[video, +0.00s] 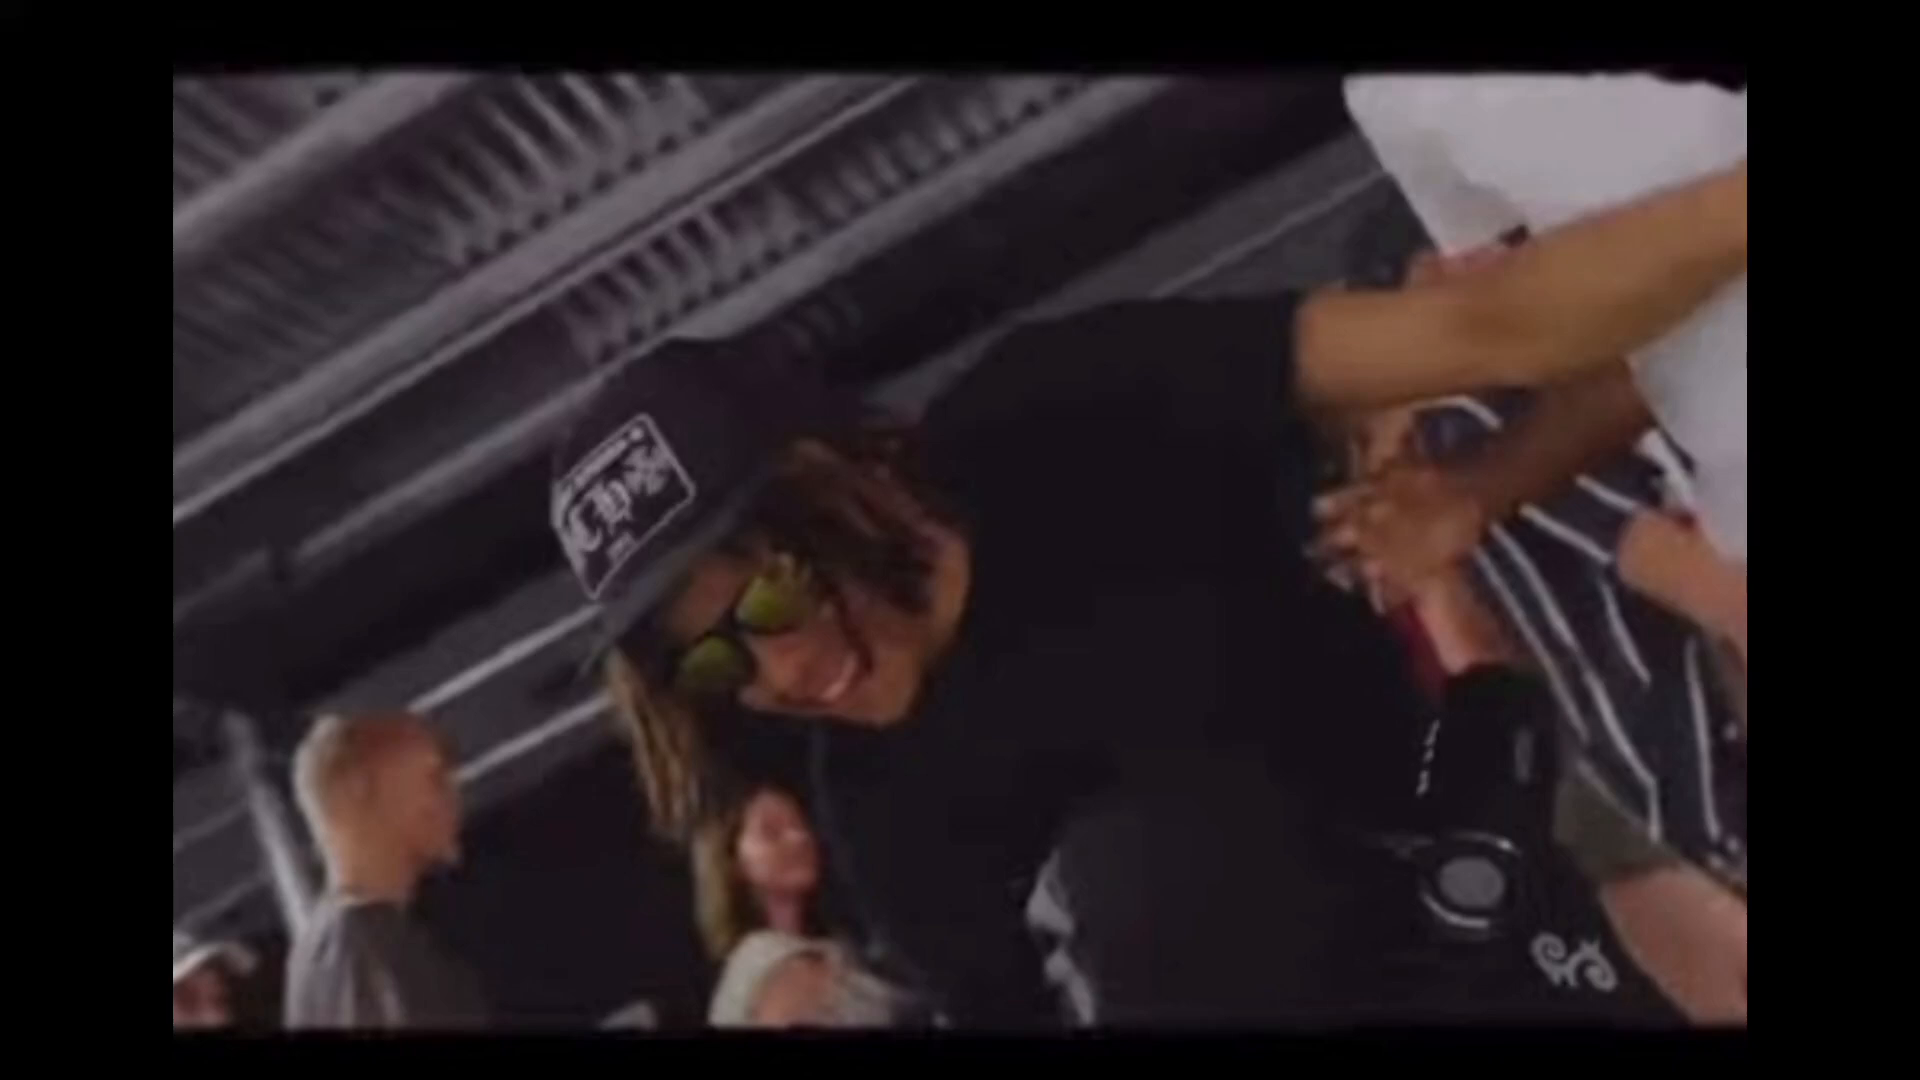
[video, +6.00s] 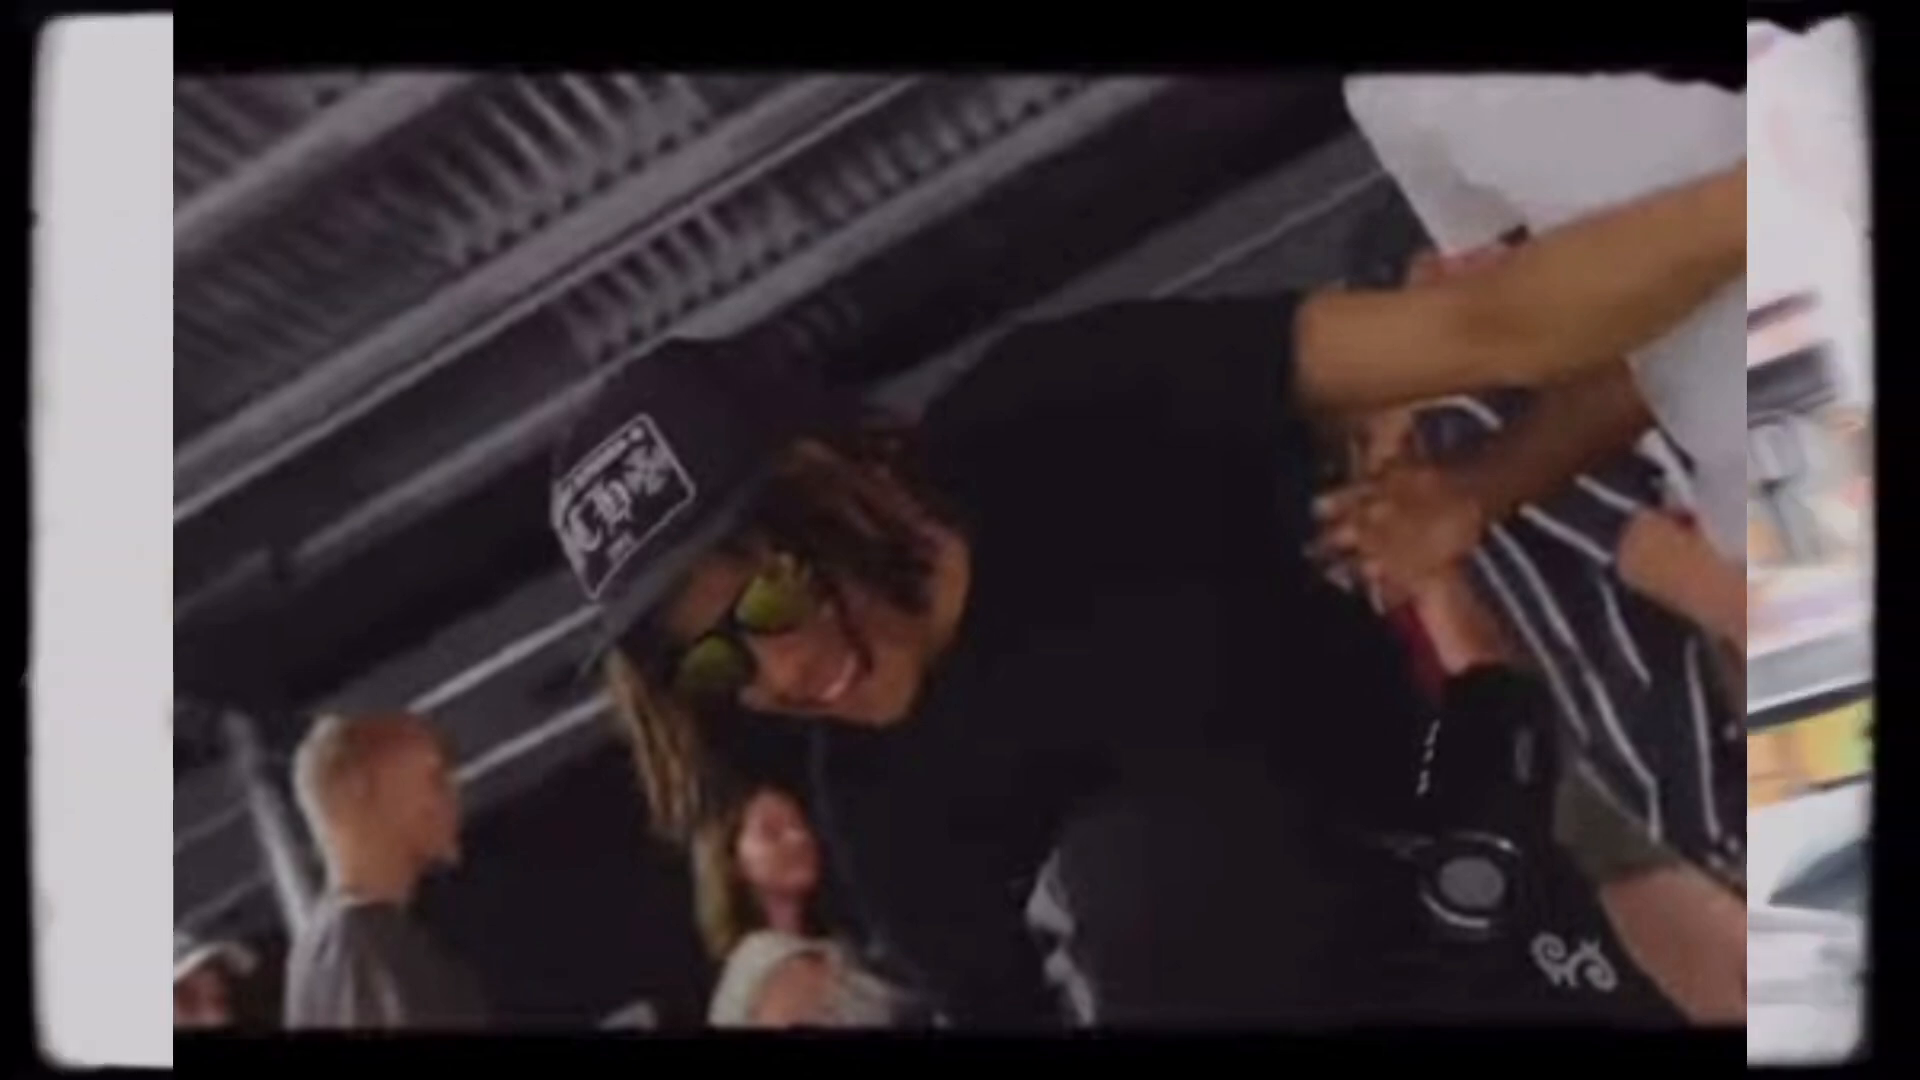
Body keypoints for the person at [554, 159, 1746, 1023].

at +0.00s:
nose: (768, 656)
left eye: (761, 582)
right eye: (708, 654)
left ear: (835, 476)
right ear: (687, 685)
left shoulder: (1052, 404)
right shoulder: (886, 847)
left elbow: (1472, 328)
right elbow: (1031, 1024)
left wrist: (1740, 208)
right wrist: (837, 995)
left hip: (1477, 844)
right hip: (1240, 973)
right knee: (1136, 862)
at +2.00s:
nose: (768, 661)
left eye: (761, 587)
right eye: (709, 657)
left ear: (835, 480)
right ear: (686, 685)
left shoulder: (1051, 403)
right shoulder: (887, 843)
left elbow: (1469, 330)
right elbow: (1030, 1023)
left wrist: (1760, 200)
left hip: (1476, 839)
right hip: (1242, 973)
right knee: (1136, 867)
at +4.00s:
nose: (768, 656)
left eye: (760, 581)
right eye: (708, 654)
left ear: (834, 475)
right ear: (687, 686)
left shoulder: (1053, 403)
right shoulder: (888, 847)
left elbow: (1467, 331)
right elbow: (1038, 1025)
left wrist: (1784, 188)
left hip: (1482, 835)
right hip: (1263, 973)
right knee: (1136, 864)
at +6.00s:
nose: (767, 658)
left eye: (759, 583)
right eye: (707, 655)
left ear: (833, 477)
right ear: (686, 686)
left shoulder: (1050, 404)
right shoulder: (888, 846)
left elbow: (1469, 328)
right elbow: (1038, 1026)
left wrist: (1787, 188)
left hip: (1483, 841)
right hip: (1258, 972)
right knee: (1135, 865)